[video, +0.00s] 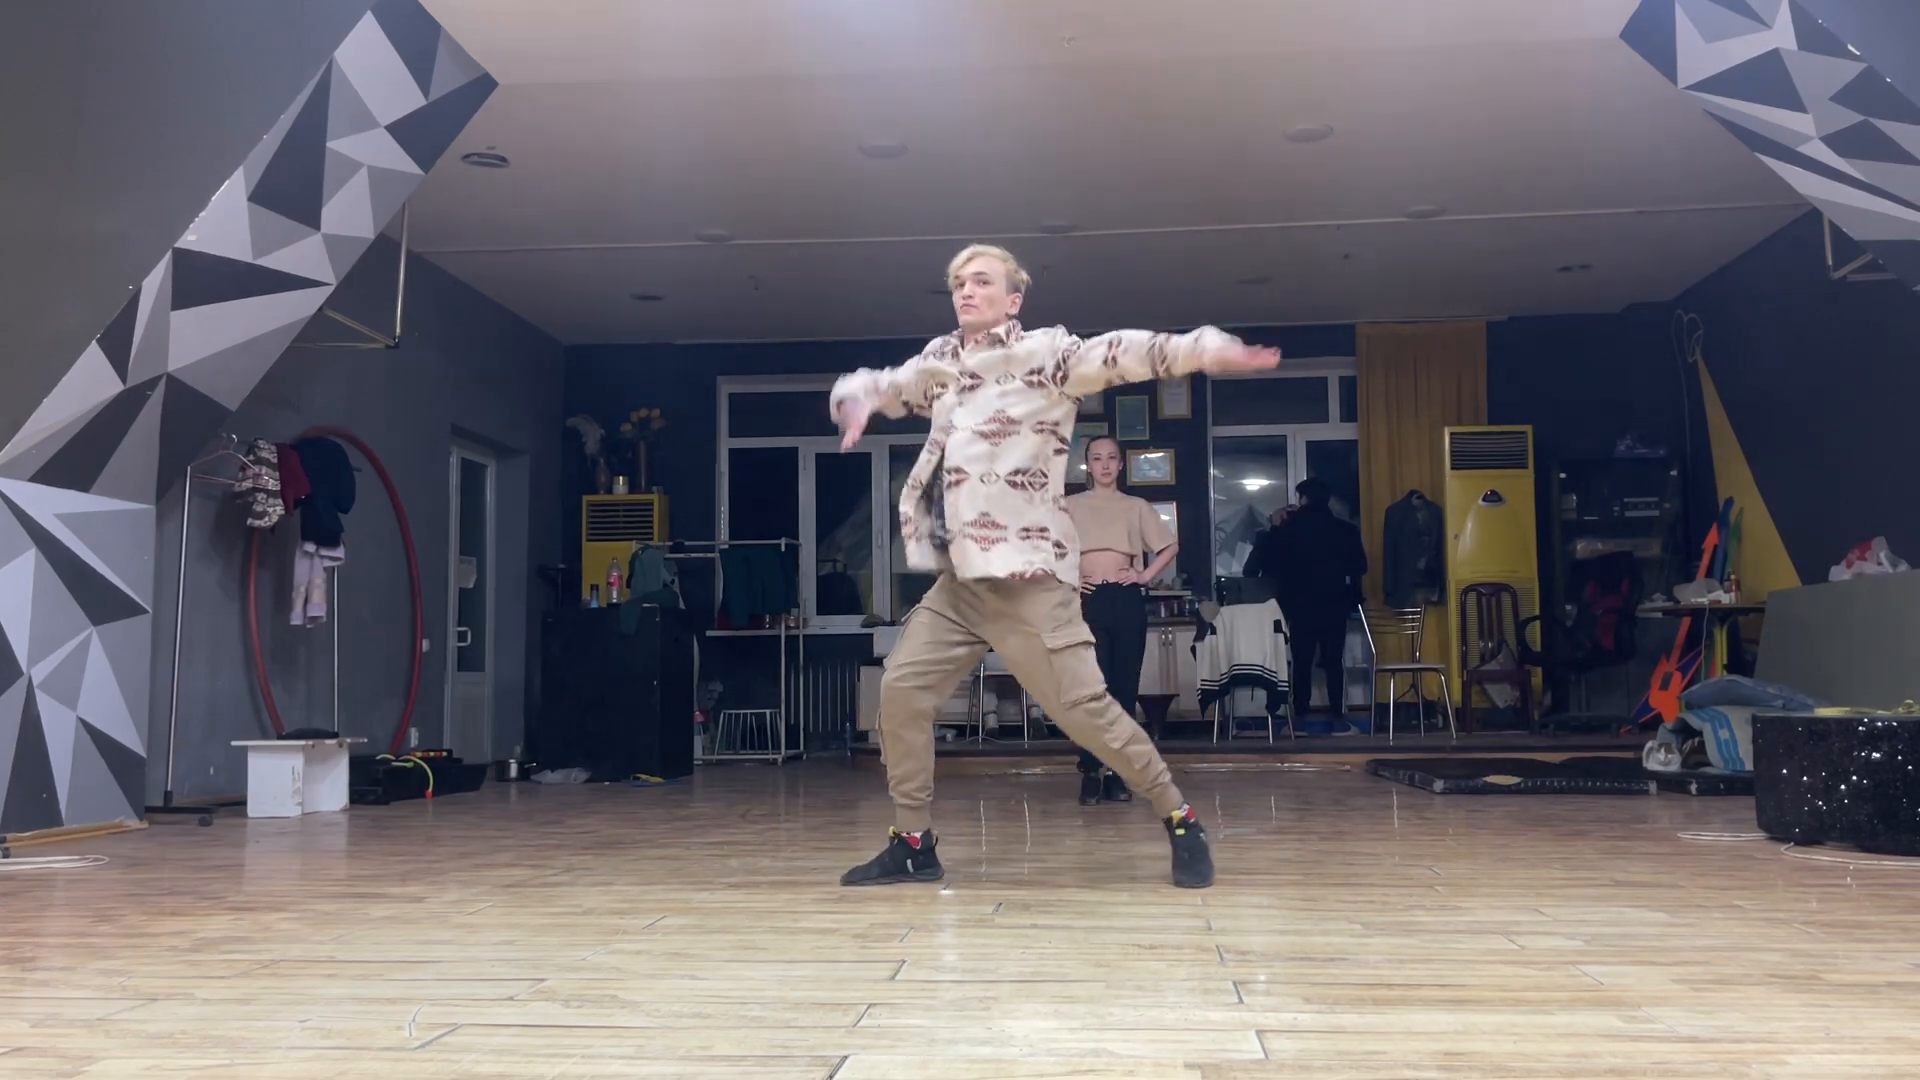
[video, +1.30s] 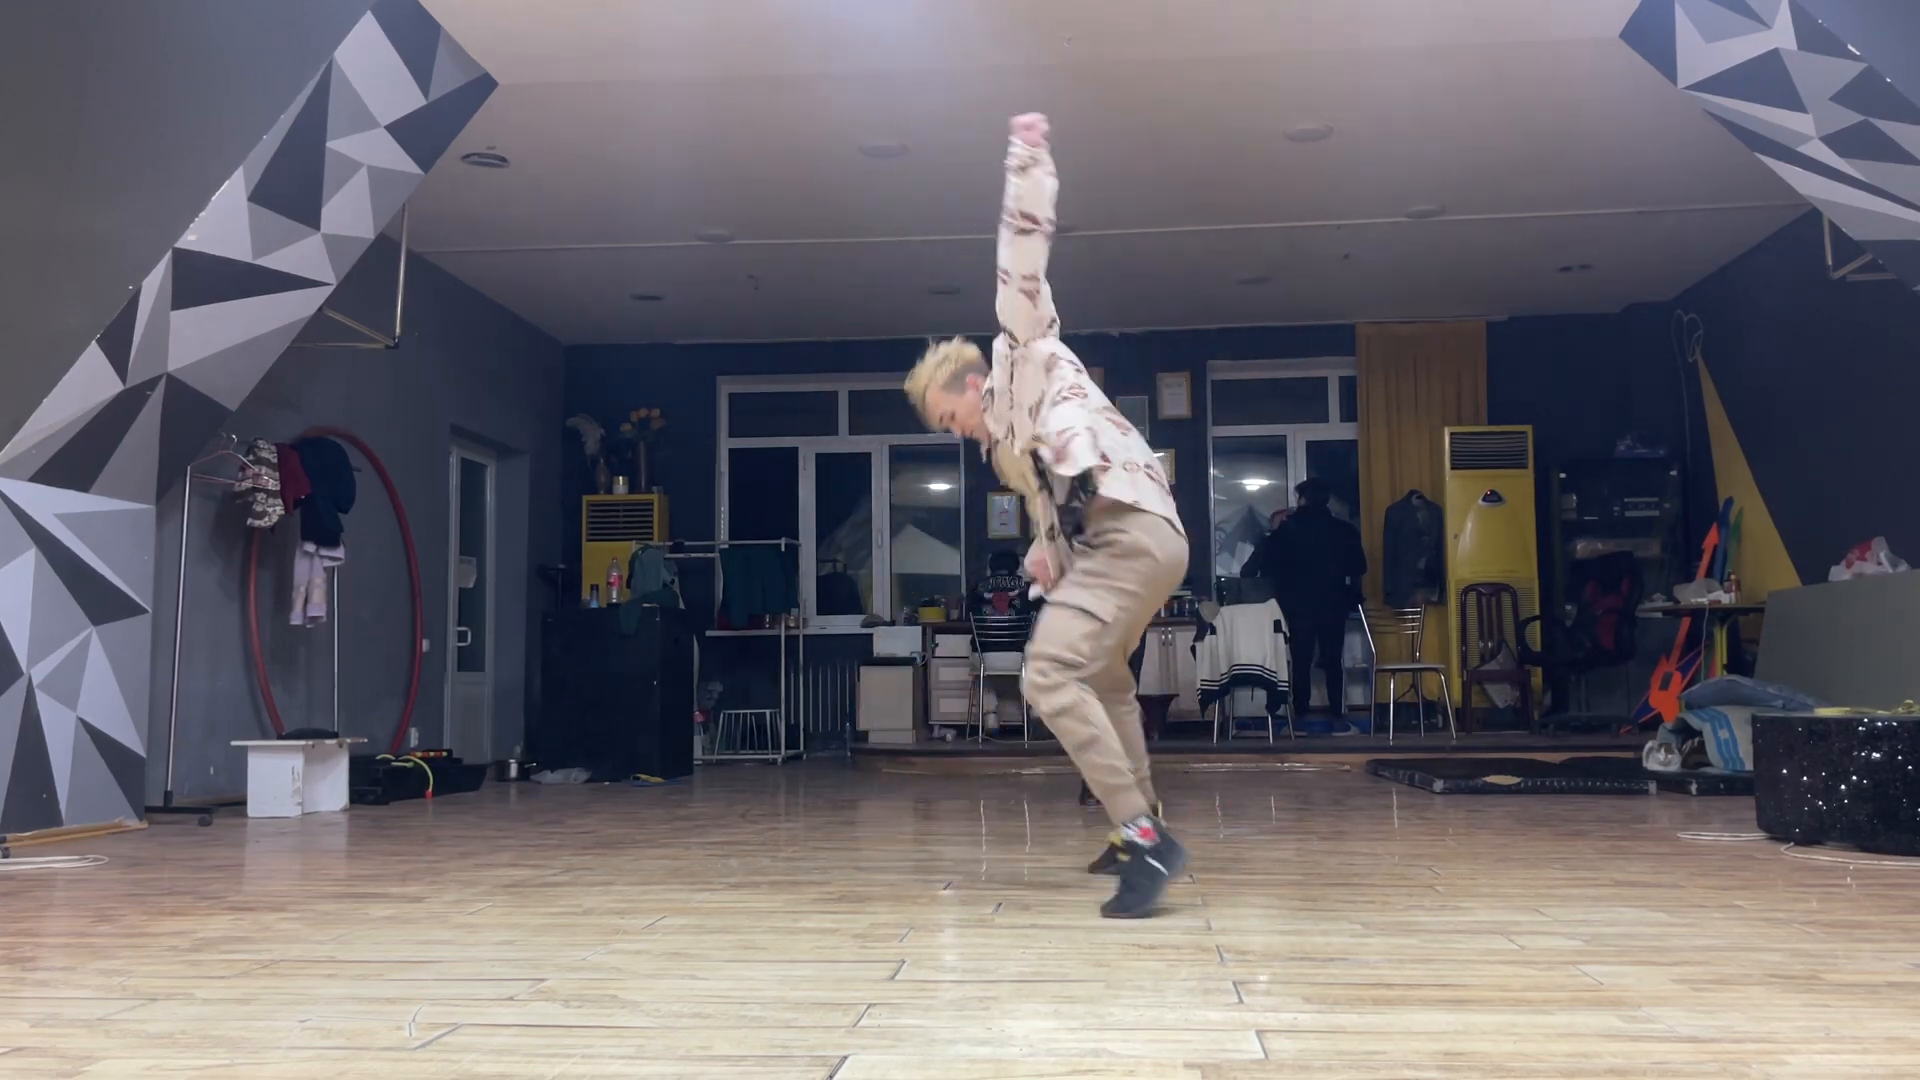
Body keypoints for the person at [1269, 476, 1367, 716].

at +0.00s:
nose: (1299, 502)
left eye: (1300, 498)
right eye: (1300, 498)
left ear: (1303, 499)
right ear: (1327, 499)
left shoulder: (1288, 529)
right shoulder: (1345, 529)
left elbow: (1267, 566)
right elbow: (1359, 568)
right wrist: (1353, 598)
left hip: (1300, 605)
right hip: (1333, 604)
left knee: (1302, 661)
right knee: (1334, 661)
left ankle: (1300, 719)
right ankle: (1337, 719)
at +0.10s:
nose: (1299, 502)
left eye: (1300, 498)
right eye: (1300, 498)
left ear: (1303, 499)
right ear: (1327, 499)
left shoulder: (1288, 529)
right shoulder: (1345, 529)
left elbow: (1270, 566)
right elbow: (1358, 568)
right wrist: (1353, 598)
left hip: (1299, 604)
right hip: (1333, 603)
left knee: (1301, 661)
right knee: (1333, 661)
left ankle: (1300, 719)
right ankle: (1337, 718)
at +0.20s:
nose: (1299, 502)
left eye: (1300, 498)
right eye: (1300, 498)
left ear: (1303, 499)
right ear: (1327, 499)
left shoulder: (1288, 529)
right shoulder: (1345, 529)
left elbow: (1270, 566)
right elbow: (1358, 568)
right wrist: (1353, 598)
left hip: (1300, 604)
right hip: (1333, 604)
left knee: (1301, 661)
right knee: (1333, 661)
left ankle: (1300, 718)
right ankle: (1337, 718)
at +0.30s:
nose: (1299, 502)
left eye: (1300, 498)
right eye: (1300, 498)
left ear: (1303, 499)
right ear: (1327, 499)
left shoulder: (1287, 528)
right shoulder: (1345, 529)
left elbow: (1270, 566)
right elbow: (1358, 568)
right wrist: (1353, 598)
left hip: (1299, 603)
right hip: (1333, 603)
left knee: (1301, 661)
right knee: (1333, 661)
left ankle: (1300, 718)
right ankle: (1337, 718)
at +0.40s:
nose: (1298, 502)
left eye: (1299, 498)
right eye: (1300, 498)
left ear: (1302, 499)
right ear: (1327, 499)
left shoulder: (1286, 529)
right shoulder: (1345, 529)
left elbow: (1264, 566)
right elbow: (1358, 568)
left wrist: (1271, 527)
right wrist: (1352, 598)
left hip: (1298, 604)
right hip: (1333, 604)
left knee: (1301, 661)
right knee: (1333, 661)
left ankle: (1300, 719)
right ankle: (1337, 719)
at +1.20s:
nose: (1298, 502)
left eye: (1299, 498)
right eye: (1300, 498)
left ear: (1302, 499)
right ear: (1327, 499)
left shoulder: (1287, 528)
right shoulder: (1345, 529)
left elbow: (1252, 567)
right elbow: (1358, 568)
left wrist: (1272, 529)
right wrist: (1354, 598)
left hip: (1297, 604)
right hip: (1333, 603)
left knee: (1300, 660)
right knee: (1333, 661)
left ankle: (1300, 716)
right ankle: (1337, 718)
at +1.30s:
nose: (1299, 502)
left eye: (1300, 498)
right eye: (1300, 498)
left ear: (1303, 499)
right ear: (1326, 500)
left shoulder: (1287, 528)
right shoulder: (1345, 529)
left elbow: (1269, 566)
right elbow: (1358, 567)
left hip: (1298, 604)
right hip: (1332, 603)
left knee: (1300, 661)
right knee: (1333, 661)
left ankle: (1299, 718)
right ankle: (1337, 718)